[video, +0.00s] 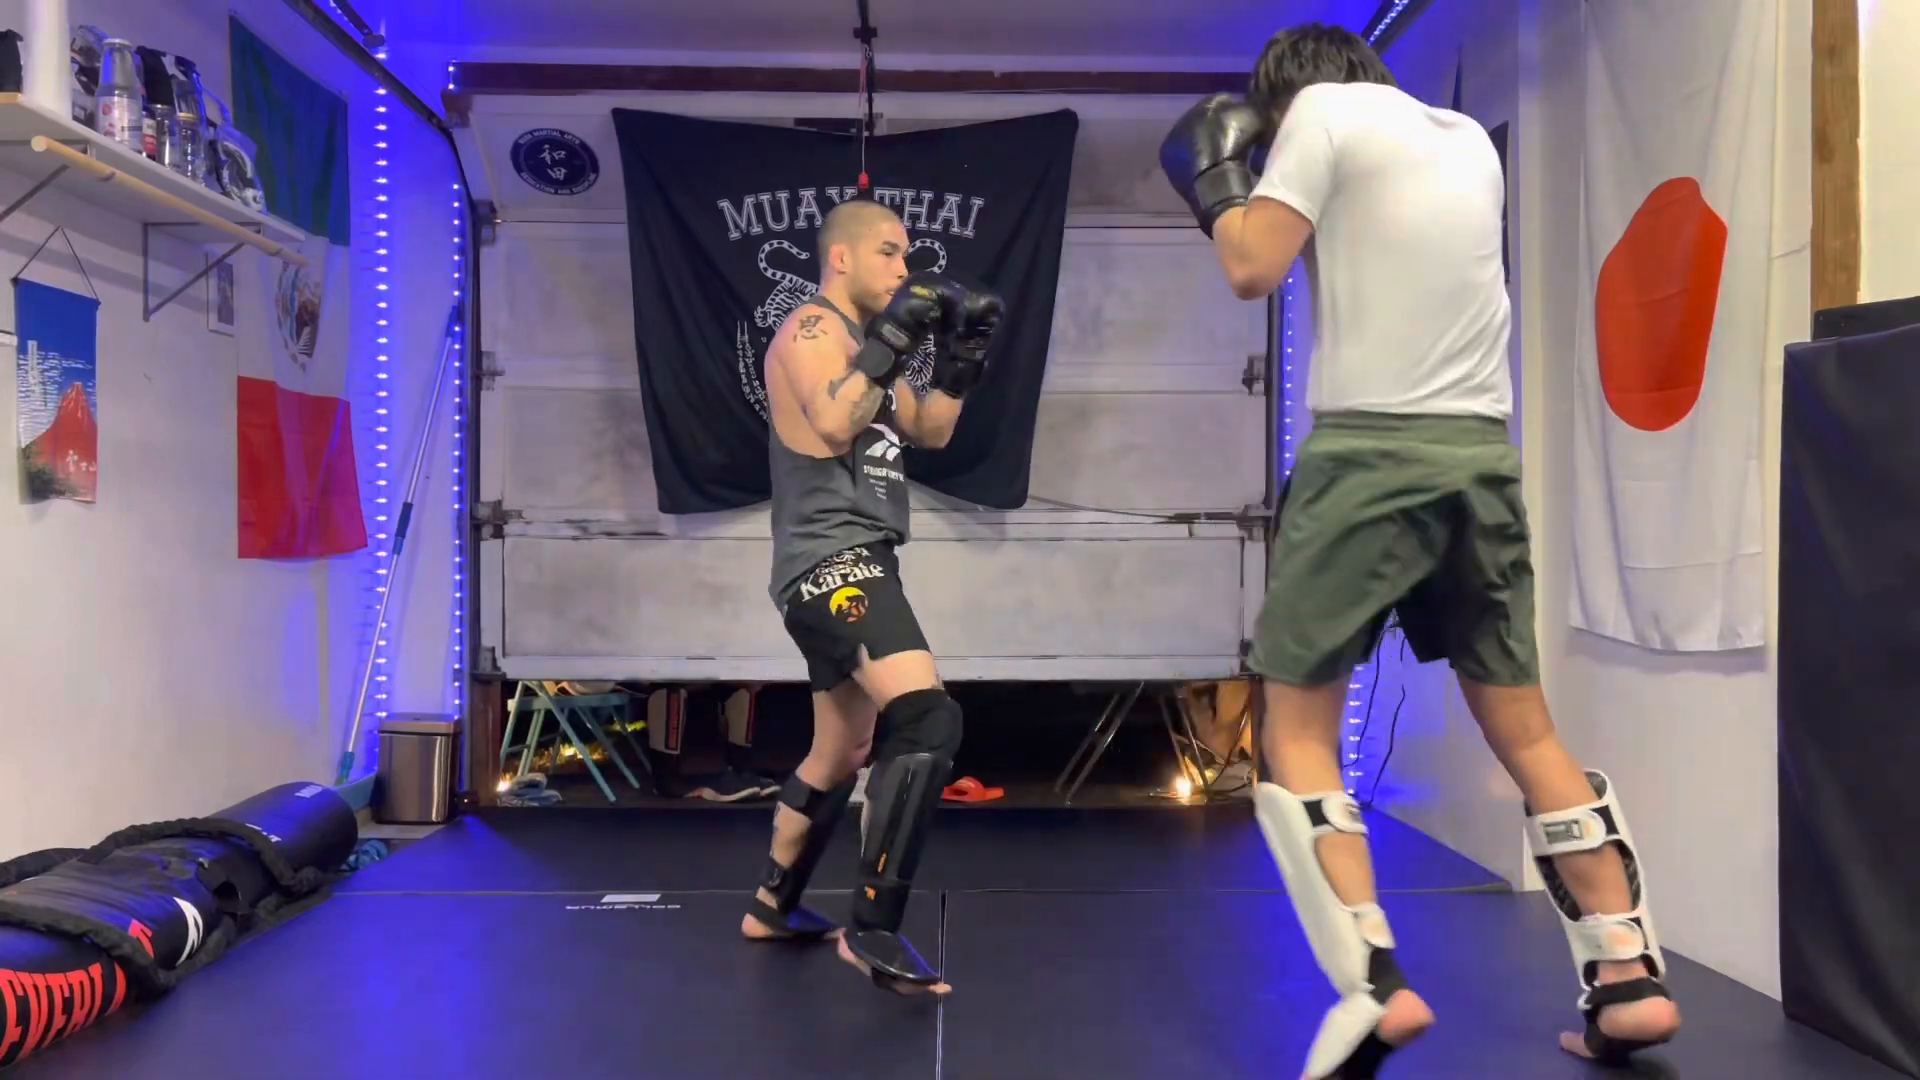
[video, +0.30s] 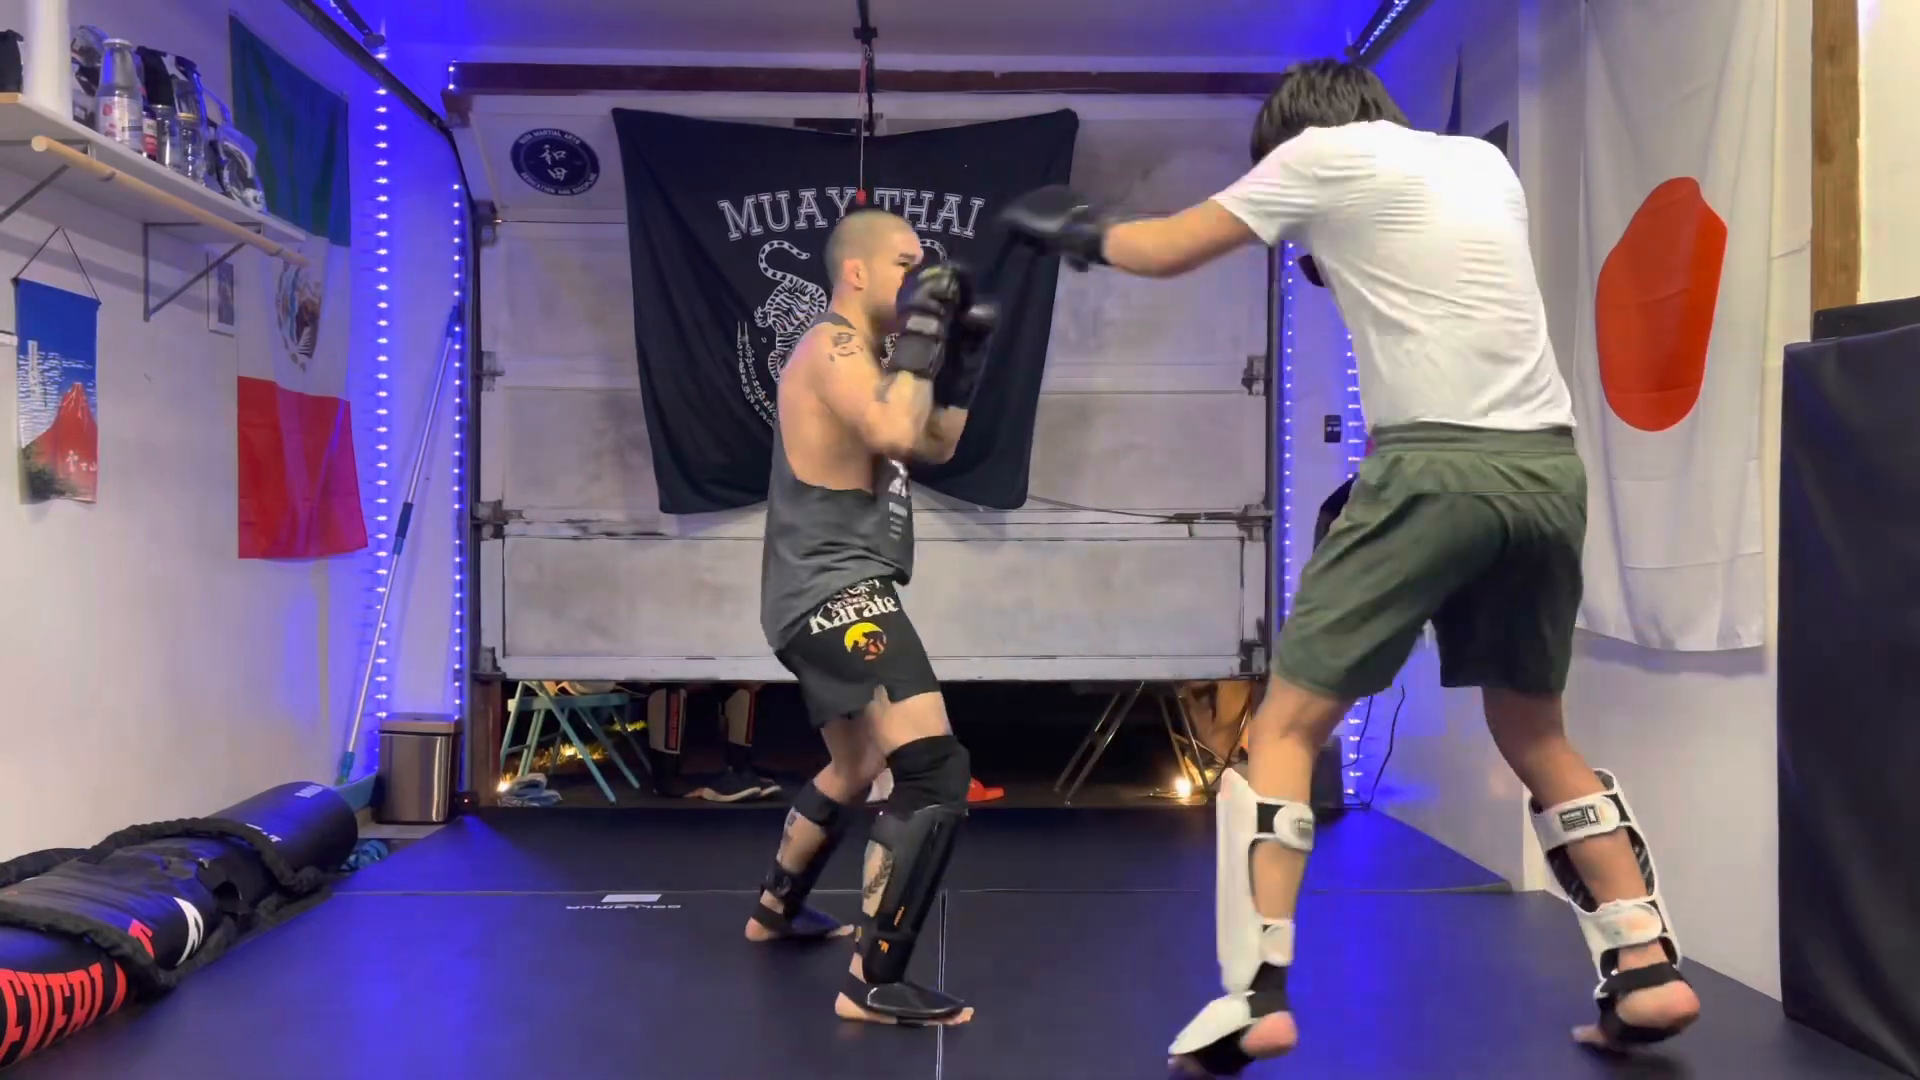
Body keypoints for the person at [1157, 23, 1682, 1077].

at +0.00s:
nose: (1274, 131)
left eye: (1273, 116)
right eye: (1273, 117)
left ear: (1292, 93)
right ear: (1372, 68)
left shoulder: (1320, 112)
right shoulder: (1471, 137)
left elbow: (1251, 262)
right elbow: (1397, 246)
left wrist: (1219, 174)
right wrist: (1281, 166)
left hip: (1366, 460)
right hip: (1483, 461)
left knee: (1302, 732)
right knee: (1527, 733)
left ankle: (1376, 980)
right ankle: (1628, 980)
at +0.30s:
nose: (1275, 179)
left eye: (1275, 164)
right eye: (1270, 166)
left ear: (1296, 135)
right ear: (1379, 111)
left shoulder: (1321, 154)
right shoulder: (1487, 163)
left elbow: (1166, 248)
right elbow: (1463, 297)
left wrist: (1072, 229)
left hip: (1430, 476)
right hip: (1551, 480)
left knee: (1288, 726)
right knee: (1535, 731)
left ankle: (1258, 991)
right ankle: (1647, 967)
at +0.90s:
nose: (1177, 289)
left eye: (1170, 262)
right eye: (1169, 269)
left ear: (1201, 234)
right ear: (1261, 212)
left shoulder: (1246, 268)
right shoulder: (1374, 256)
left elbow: (1273, 432)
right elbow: (1354, 400)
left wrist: (1181, 405)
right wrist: (1222, 371)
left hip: (1389, 555)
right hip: (1504, 552)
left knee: (1192, 758)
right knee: (1538, 797)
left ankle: (1248, 1018)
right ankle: (1692, 1009)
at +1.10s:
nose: (1155, 248)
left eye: (1156, 231)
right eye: (1155, 234)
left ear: (1181, 213)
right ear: (1262, 195)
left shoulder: (1174, 260)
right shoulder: (1365, 247)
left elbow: (1016, 346)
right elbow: (1338, 369)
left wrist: (944, 328)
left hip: (1278, 559)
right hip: (1420, 557)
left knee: (1154, 805)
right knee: (1507, 780)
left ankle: (1077, 1049)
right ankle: (1624, 1029)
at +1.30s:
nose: (1148, 218)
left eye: (1148, 196)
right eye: (1144, 201)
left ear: (1185, 171)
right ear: (1255, 160)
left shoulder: (1192, 222)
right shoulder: (1356, 207)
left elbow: (1112, 379)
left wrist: (1038, 346)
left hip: (1314, 515)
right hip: (1448, 510)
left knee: (1179, 773)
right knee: (1519, 764)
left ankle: (1086, 1041)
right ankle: (1657, 999)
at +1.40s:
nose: (1154, 220)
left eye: (1155, 194)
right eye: (1148, 198)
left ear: (1207, 171)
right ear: (1248, 165)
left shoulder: (1250, 227)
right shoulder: (1362, 212)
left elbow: (1231, 413)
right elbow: (1302, 368)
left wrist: (1125, 372)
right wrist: (1181, 328)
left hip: (1380, 520)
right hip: (1483, 516)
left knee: (1179, 762)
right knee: (1530, 789)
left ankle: (1201, 1042)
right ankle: (1714, 994)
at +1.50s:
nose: (1156, 218)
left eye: (1165, 193)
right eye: (1156, 196)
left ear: (1223, 193)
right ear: (1248, 187)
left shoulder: (1289, 260)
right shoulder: (1340, 247)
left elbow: (1298, 442)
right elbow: (1205, 360)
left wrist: (1168, 389)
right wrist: (1078, 307)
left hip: (1398, 574)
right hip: (1486, 571)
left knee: (1203, 802)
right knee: (1532, 828)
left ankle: (1311, 1061)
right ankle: (1732, 1027)